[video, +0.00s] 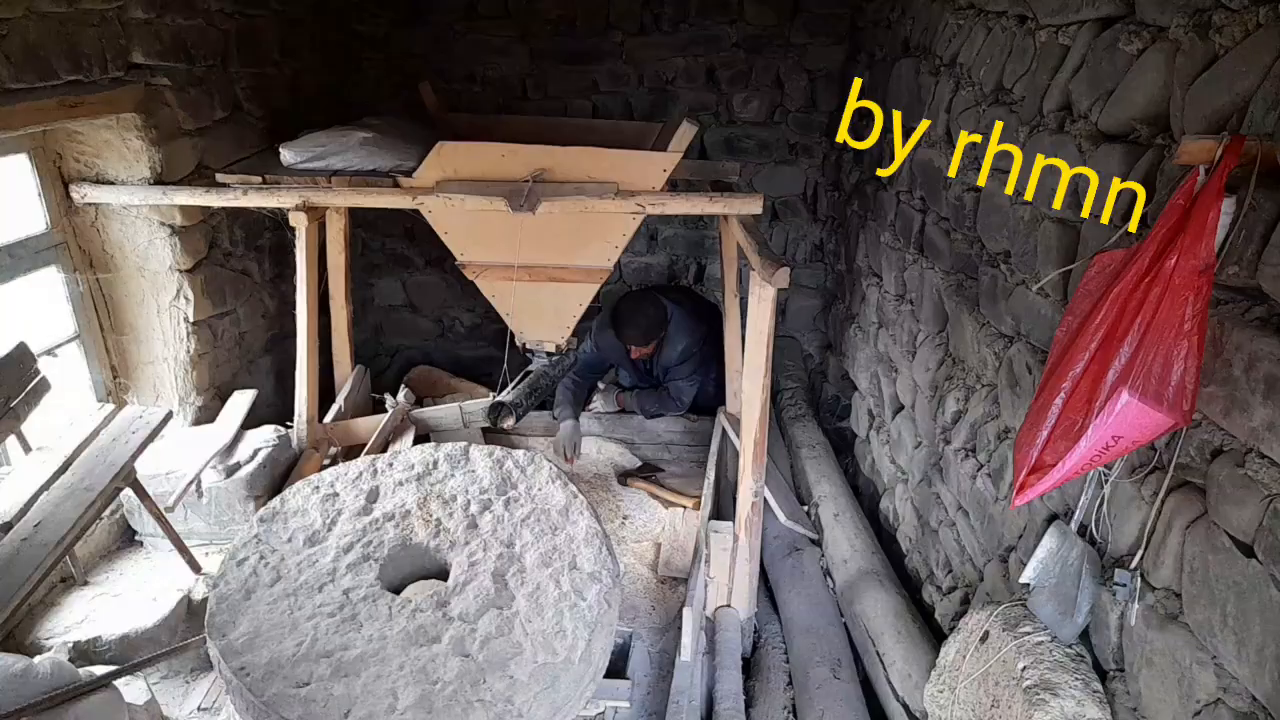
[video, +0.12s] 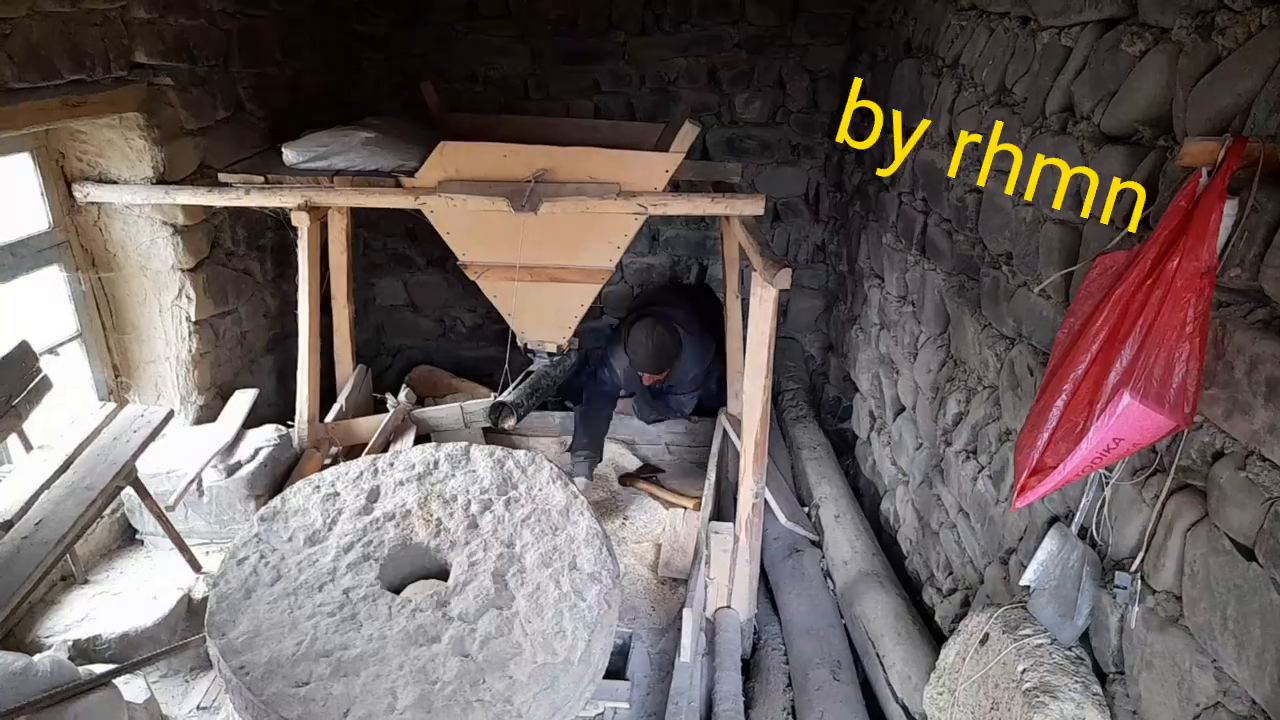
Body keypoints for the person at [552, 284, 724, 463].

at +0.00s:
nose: (633, 354)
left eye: (642, 347)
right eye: (628, 346)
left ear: (660, 336)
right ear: (619, 334)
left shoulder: (684, 345)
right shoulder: (607, 333)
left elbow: (676, 401)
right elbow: (574, 379)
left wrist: (620, 400)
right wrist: (567, 420)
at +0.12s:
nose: (646, 381)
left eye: (655, 375)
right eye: (641, 373)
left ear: (671, 365)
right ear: (631, 358)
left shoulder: (695, 362)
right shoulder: (617, 357)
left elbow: (679, 407)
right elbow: (597, 403)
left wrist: (634, 406)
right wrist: (582, 472)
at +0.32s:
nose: (656, 401)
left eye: (664, 395)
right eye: (651, 393)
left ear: (683, 379)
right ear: (641, 369)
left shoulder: (704, 375)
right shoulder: (621, 361)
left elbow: (683, 412)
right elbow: (597, 401)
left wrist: (630, 410)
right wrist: (576, 466)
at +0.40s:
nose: (648, 366)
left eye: (657, 361)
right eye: (644, 358)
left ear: (673, 355)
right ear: (635, 341)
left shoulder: (695, 361)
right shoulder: (621, 328)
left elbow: (677, 405)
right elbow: (593, 345)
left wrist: (618, 407)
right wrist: (588, 382)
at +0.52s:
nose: (662, 338)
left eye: (670, 331)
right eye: (656, 331)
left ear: (684, 322)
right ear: (645, 320)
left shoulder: (705, 315)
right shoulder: (628, 315)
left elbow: (711, 381)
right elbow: (614, 376)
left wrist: (676, 418)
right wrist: (626, 445)